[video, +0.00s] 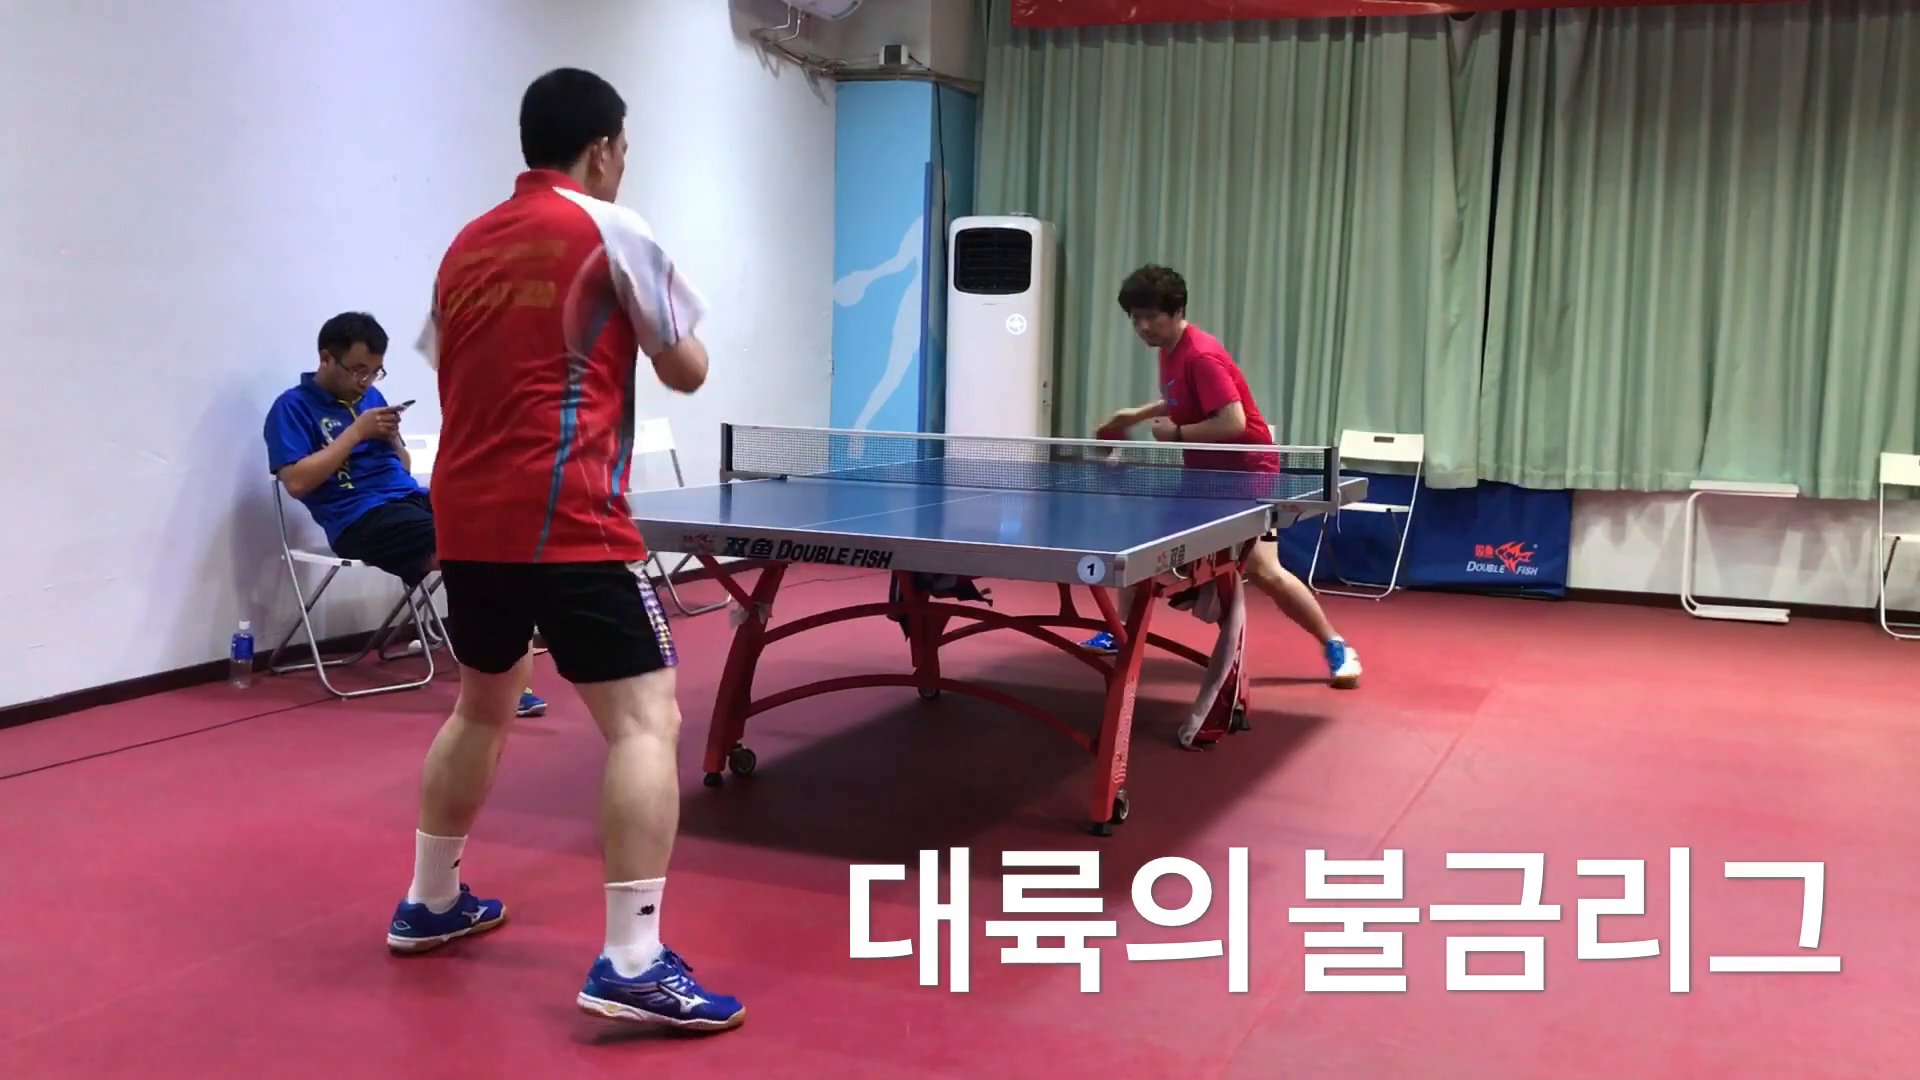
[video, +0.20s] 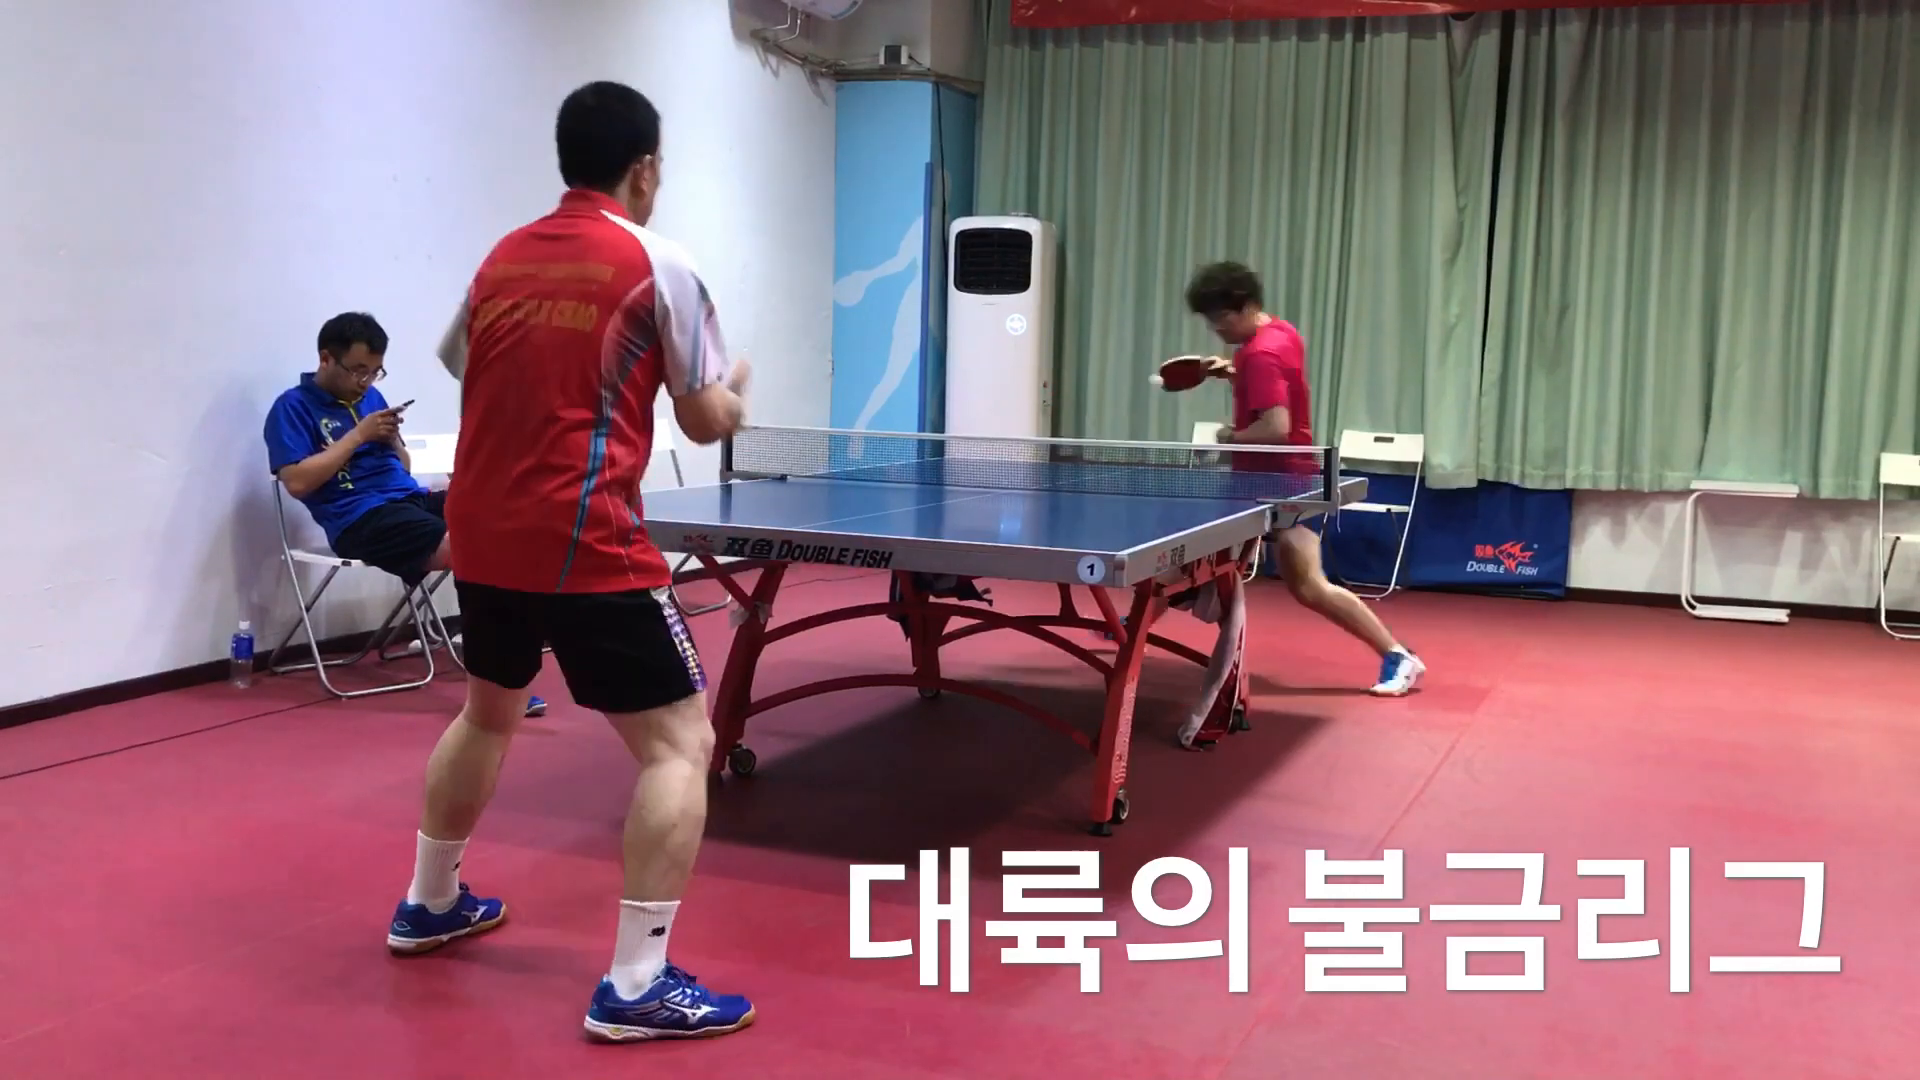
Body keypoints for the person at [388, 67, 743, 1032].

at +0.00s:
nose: (621, 166)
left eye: (620, 152)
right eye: (621, 152)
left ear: (527, 149)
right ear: (602, 152)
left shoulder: (463, 242)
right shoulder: (612, 231)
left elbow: (443, 359)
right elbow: (683, 373)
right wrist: (651, 317)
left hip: (468, 524)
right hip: (573, 523)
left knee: (480, 707)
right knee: (641, 722)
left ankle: (430, 901)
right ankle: (631, 962)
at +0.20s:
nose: (661, 178)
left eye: (657, 164)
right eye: (660, 164)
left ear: (564, 166)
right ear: (641, 170)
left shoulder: (505, 253)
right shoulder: (656, 269)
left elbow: (454, 354)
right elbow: (702, 422)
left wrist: (543, 398)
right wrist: (734, 396)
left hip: (483, 542)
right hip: (593, 548)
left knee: (485, 714)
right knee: (676, 747)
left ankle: (429, 901)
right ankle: (636, 983)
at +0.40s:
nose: (706, 195)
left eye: (705, 179)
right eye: (706, 178)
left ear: (616, 171)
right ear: (685, 180)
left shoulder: (556, 256)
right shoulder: (647, 274)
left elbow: (556, 413)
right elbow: (671, 436)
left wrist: (652, 484)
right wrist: (757, 506)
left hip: (478, 544)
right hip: (563, 560)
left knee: (509, 714)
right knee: (676, 741)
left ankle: (427, 899)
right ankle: (636, 983)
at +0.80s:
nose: (646, 218)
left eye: (649, 199)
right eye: (639, 196)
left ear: (573, 189)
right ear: (589, 186)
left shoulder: (506, 259)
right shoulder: (548, 280)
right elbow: (616, 433)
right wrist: (740, 412)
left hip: (448, 552)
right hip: (503, 557)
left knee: (515, 724)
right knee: (622, 735)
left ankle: (427, 900)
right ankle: (629, 984)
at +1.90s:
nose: (612, 187)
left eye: (610, 171)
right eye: (611, 171)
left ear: (516, 170)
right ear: (590, 173)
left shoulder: (450, 256)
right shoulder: (601, 263)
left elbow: (433, 388)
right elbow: (691, 398)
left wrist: (573, 420)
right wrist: (713, 357)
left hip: (422, 537)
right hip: (530, 541)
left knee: (443, 707)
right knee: (631, 733)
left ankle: (405, 901)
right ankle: (606, 975)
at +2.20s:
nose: (659, 197)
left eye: (656, 179)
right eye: (659, 179)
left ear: (567, 174)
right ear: (639, 182)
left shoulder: (511, 255)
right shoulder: (605, 271)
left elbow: (523, 410)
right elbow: (658, 440)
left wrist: (631, 459)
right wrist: (745, 481)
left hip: (423, 535)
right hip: (509, 551)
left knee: (453, 712)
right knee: (615, 735)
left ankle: (369, 895)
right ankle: (606, 983)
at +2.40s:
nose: (678, 224)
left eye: (676, 207)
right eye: (672, 208)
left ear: (596, 218)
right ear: (636, 218)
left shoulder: (539, 290)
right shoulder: (602, 312)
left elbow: (543, 414)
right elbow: (659, 452)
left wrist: (620, 474)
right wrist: (793, 519)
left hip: (407, 557)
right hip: (471, 568)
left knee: (459, 724)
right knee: (615, 738)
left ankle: (365, 901)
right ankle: (596, 984)